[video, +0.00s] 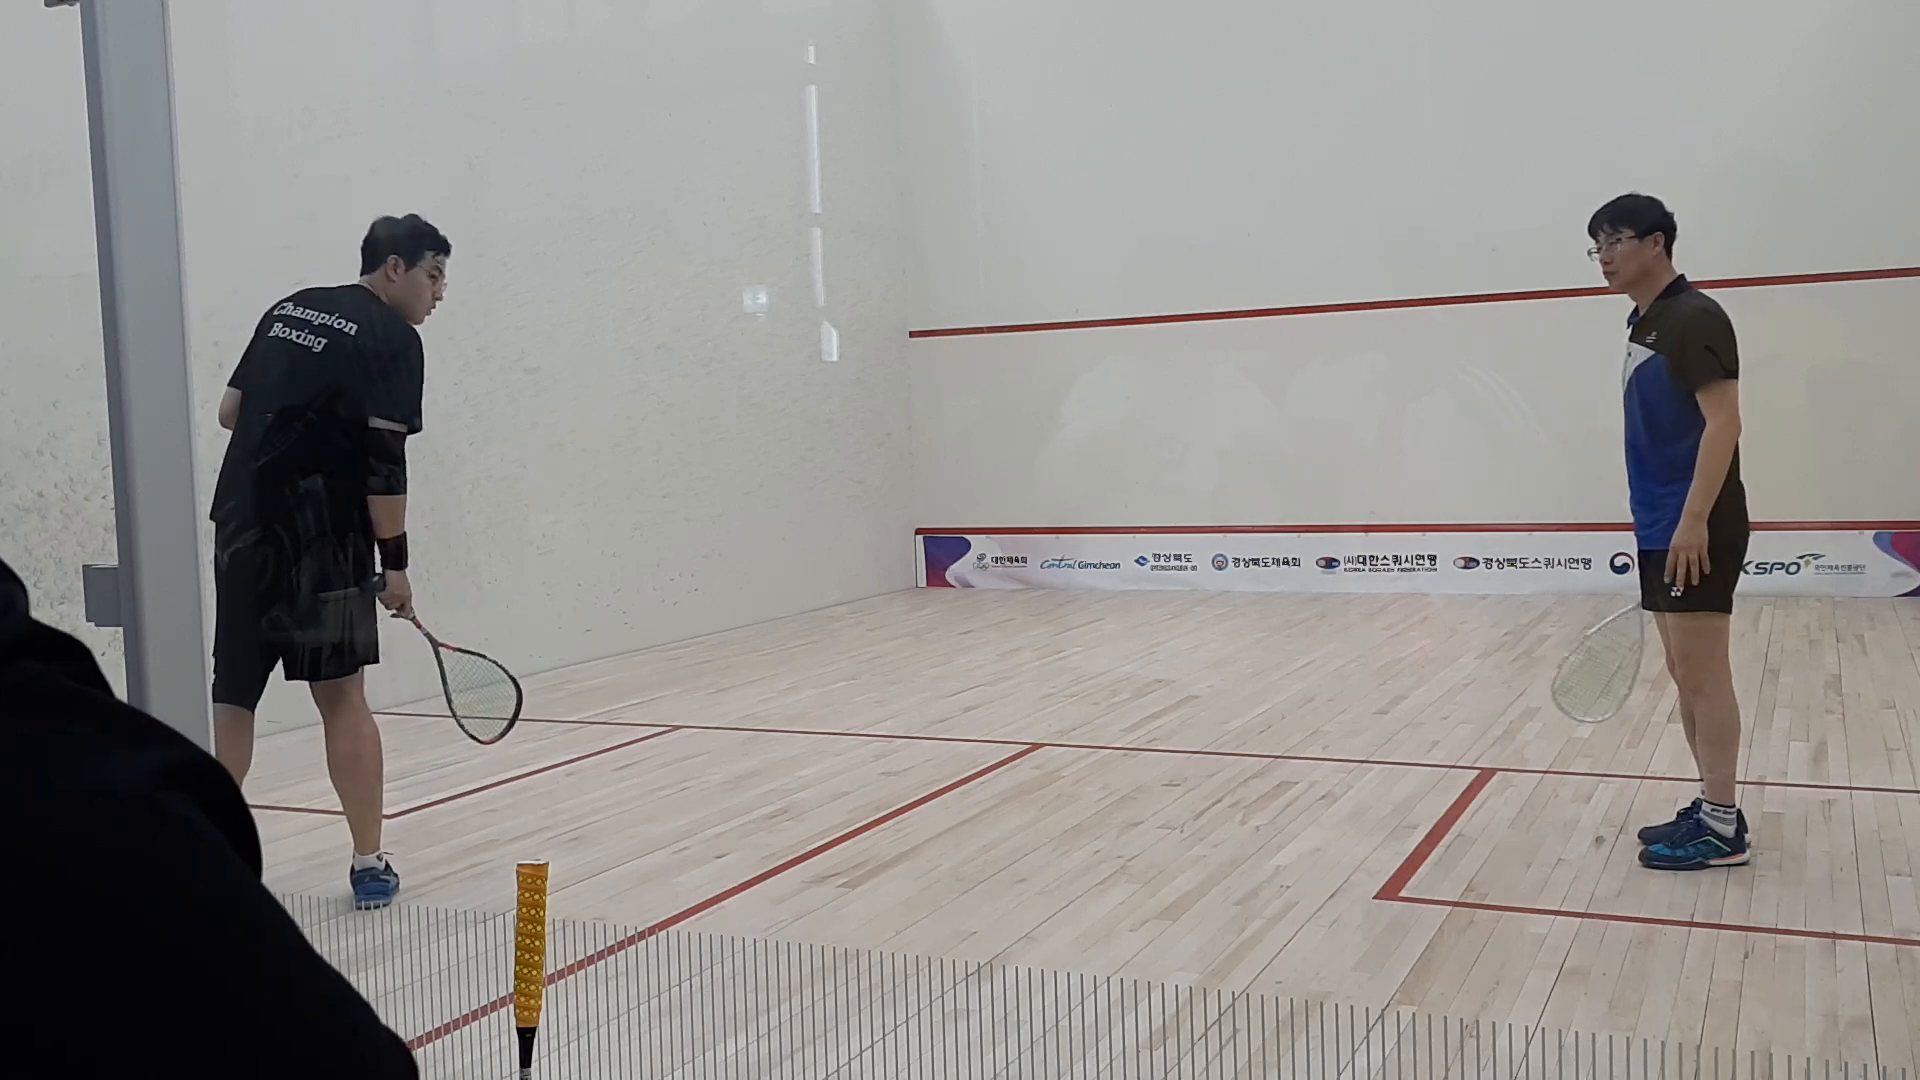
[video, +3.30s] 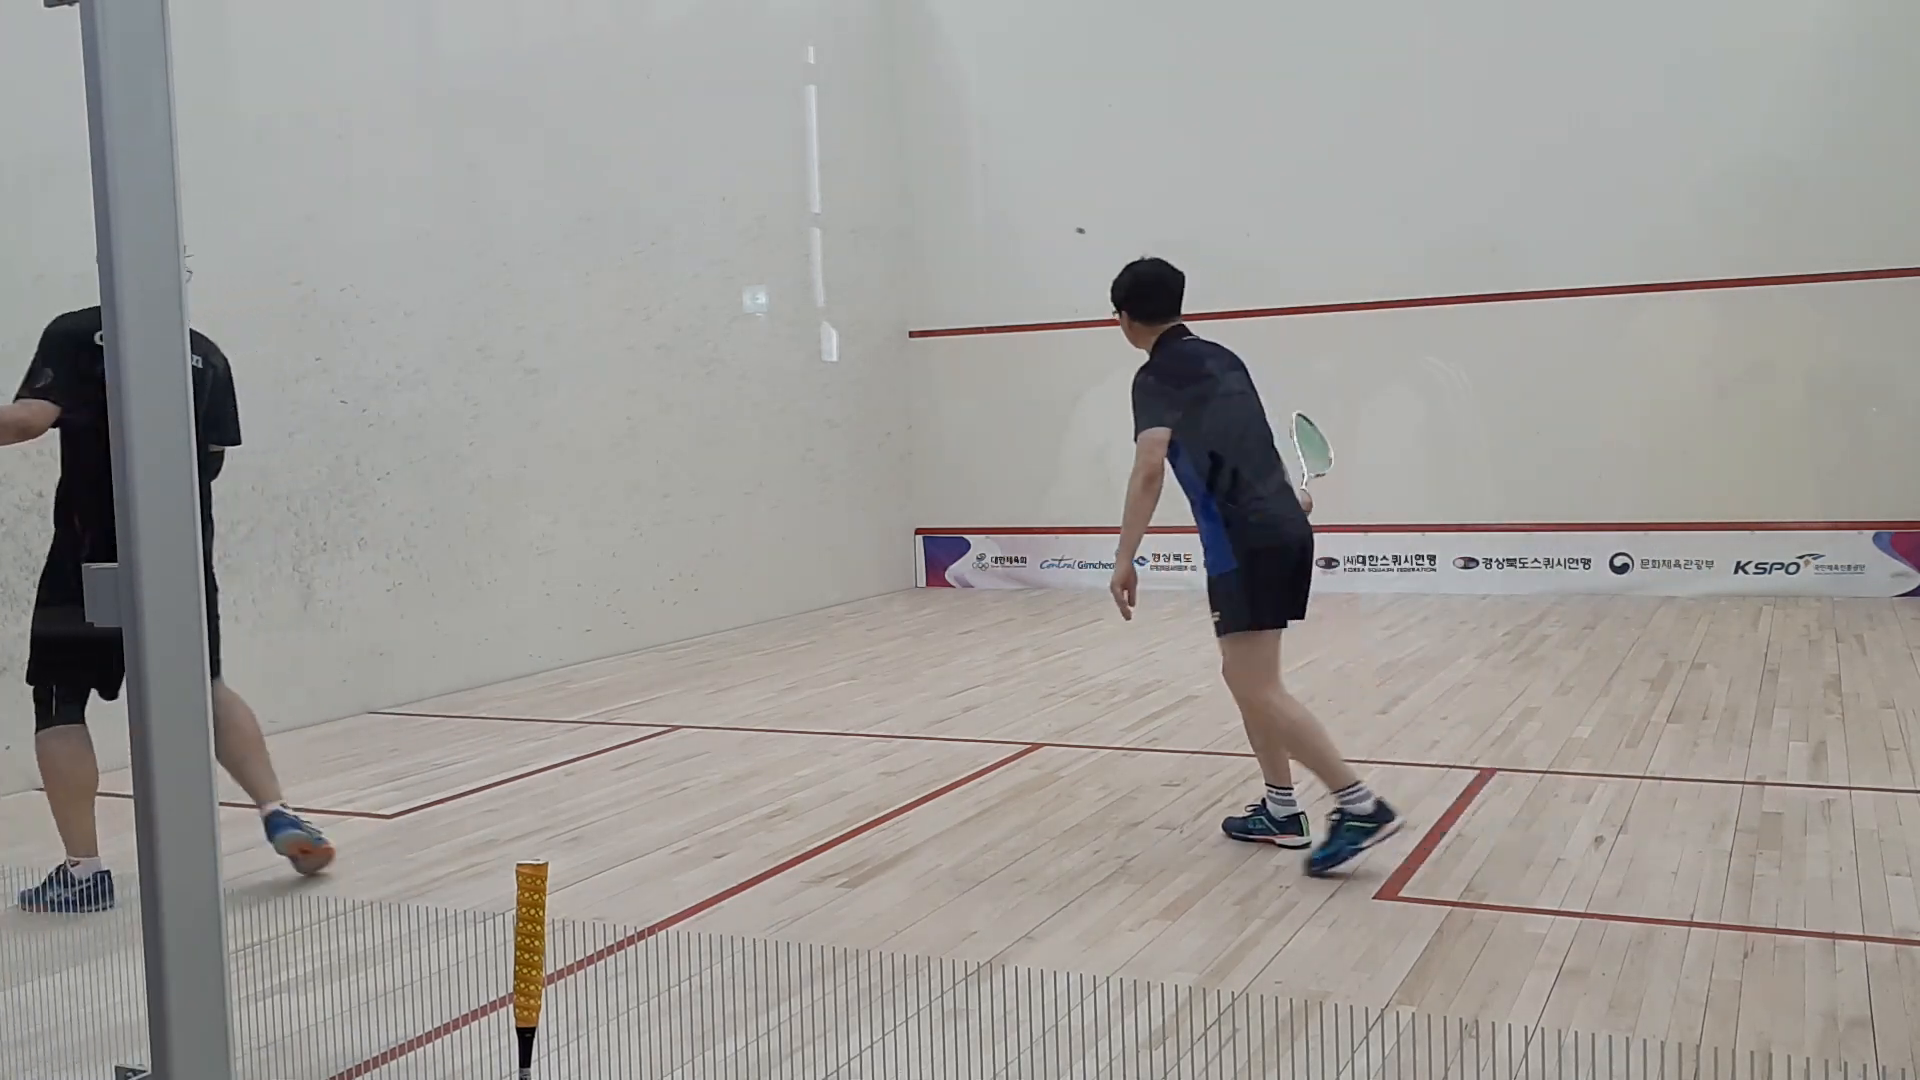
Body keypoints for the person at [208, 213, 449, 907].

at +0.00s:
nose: (440, 294)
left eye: (442, 280)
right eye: (435, 277)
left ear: (374, 269)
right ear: (394, 268)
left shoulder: (292, 307)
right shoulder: (393, 340)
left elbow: (232, 409)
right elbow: (385, 465)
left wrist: (290, 457)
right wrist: (396, 567)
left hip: (240, 534)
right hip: (322, 541)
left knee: (229, 701)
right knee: (342, 699)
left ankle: (205, 860)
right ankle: (369, 864)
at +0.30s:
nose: (360, 246)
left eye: (357, 232)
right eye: (346, 233)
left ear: (292, 244)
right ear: (302, 241)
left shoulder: (231, 312)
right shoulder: (329, 321)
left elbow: (212, 425)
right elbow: (358, 442)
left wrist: (231, 512)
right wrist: (398, 532)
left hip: (234, 547)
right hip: (317, 544)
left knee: (230, 709)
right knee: (341, 699)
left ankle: (203, 864)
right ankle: (368, 862)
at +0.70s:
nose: (272, 241)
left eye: (268, 228)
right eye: (259, 228)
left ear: (209, 239)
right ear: (217, 236)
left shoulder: (161, 308)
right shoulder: (247, 313)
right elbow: (275, 434)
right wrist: (339, 506)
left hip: (193, 540)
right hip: (269, 532)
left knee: (204, 716)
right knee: (318, 680)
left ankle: (189, 865)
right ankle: (344, 844)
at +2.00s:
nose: (249, 273)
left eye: (249, 259)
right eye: (242, 259)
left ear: (187, 257)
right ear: (206, 256)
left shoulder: (113, 323)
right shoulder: (231, 330)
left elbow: (91, 437)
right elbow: (272, 437)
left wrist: (157, 455)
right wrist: (303, 460)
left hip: (143, 549)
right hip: (232, 543)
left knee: (153, 711)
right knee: (282, 690)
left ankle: (152, 869)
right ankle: (319, 843)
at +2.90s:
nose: (293, 271)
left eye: (290, 260)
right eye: (289, 261)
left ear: (215, 269)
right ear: (272, 267)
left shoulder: (177, 321)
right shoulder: (305, 345)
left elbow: (115, 403)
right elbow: (314, 452)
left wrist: (51, 431)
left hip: (186, 547)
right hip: (276, 550)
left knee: (155, 699)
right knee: (294, 696)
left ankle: (135, 855)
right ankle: (324, 853)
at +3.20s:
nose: (221, 283)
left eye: (217, 271)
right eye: (217, 272)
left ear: (145, 271)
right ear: (202, 277)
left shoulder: (108, 328)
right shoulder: (239, 354)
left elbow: (70, 408)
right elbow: (245, 461)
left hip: (115, 560)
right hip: (216, 564)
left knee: (78, 699)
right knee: (247, 693)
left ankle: (86, 867)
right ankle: (316, 843)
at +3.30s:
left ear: (107, 259)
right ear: (177, 265)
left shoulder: (72, 334)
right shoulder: (205, 353)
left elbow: (30, 419)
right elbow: (210, 464)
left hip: (85, 557)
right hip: (181, 562)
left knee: (59, 703)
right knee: (206, 685)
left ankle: (84, 867)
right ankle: (278, 810)